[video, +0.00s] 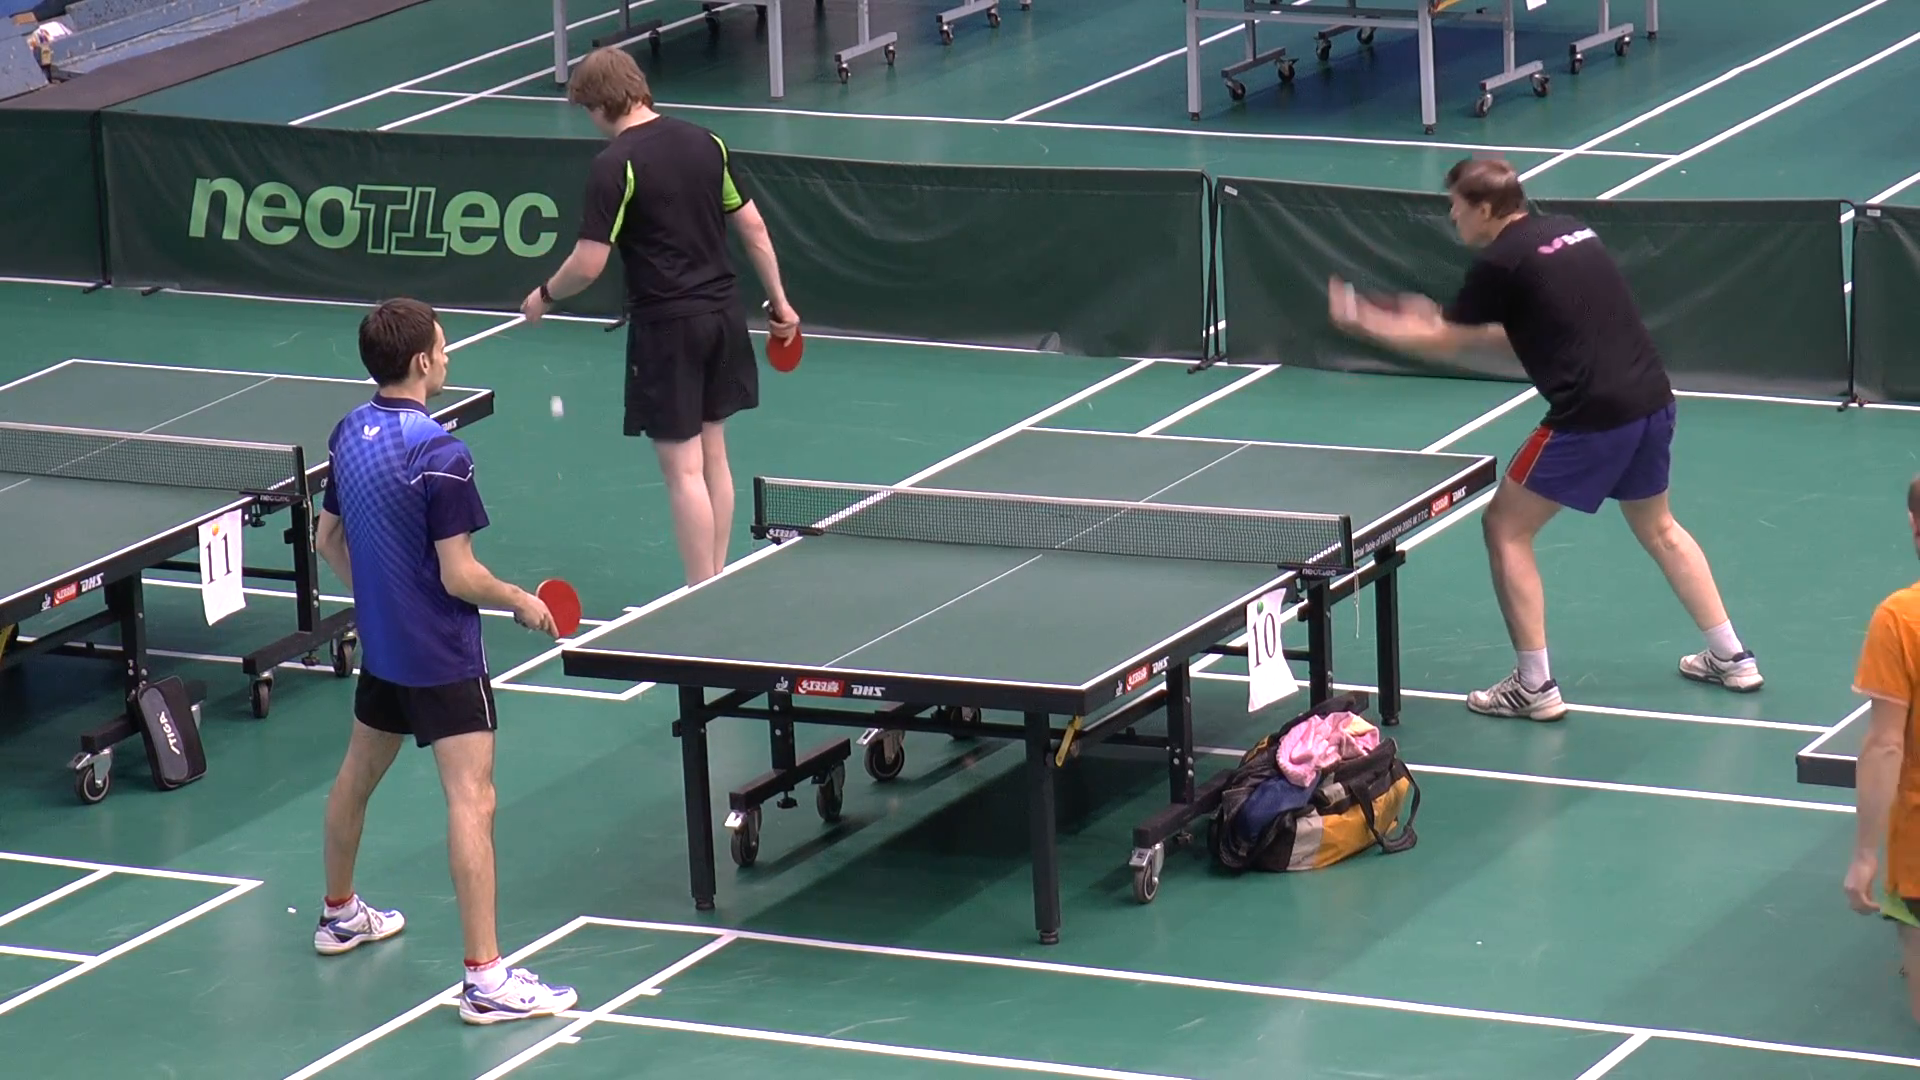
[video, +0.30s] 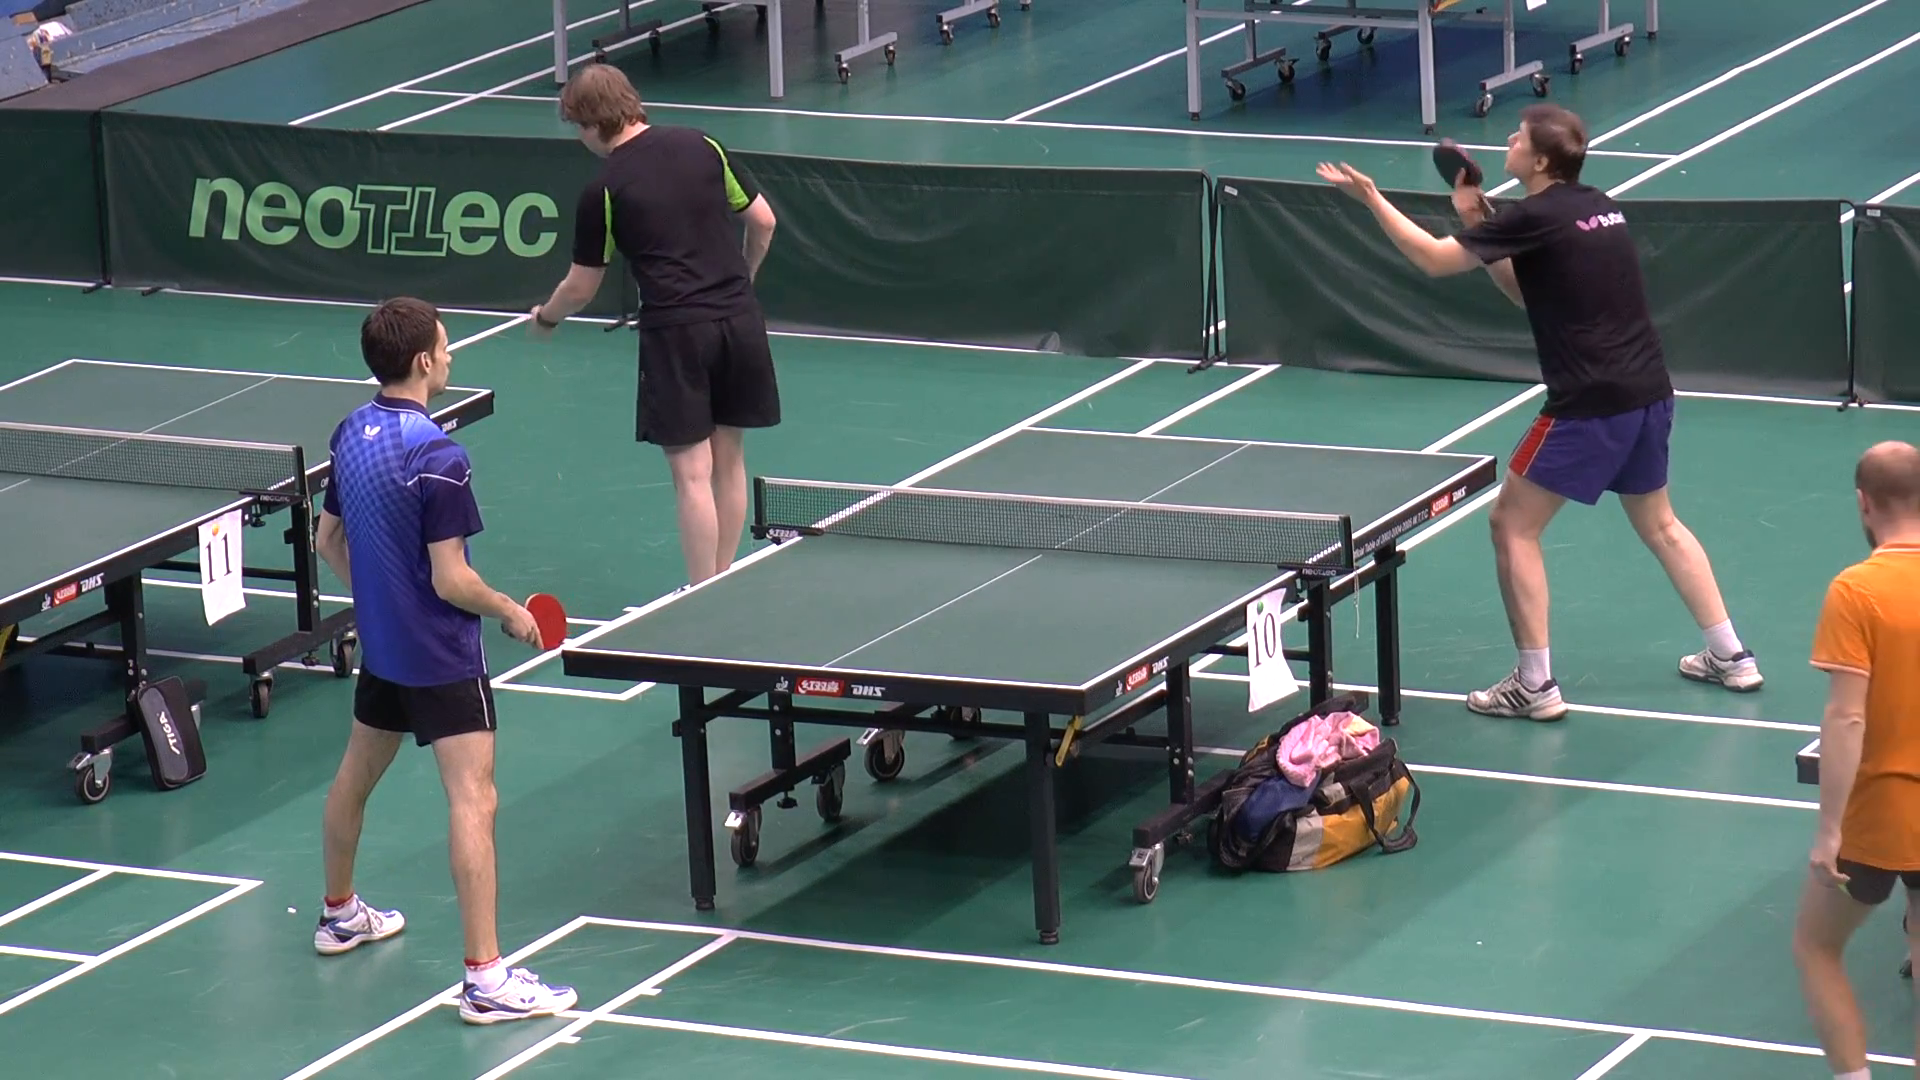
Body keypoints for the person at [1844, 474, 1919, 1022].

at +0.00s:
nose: (1911, 523)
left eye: (1912, 512)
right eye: (1914, 511)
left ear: (1915, 523)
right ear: (1918, 524)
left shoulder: (1902, 616)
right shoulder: (1899, 616)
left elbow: (1886, 744)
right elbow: (1885, 742)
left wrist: (1865, 853)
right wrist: (1869, 852)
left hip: (1914, 855)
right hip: (1910, 855)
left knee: (1919, 992)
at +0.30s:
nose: (1858, 505)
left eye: (1858, 496)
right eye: (1860, 496)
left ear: (1867, 502)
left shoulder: (1863, 587)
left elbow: (1847, 718)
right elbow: (1851, 715)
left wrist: (1830, 828)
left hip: (1889, 811)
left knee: (1817, 945)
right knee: (1916, 944)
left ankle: (1853, 1072)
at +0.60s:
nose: (1860, 475)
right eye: (1860, 466)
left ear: (1793, 485)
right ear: (1861, 479)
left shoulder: (1771, 577)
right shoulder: (1909, 563)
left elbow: (1752, 705)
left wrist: (1748, 804)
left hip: (1813, 796)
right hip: (1904, 795)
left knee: (1798, 957)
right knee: (1909, 963)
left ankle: (1792, 1074)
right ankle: (1912, 1074)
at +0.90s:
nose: (1822, 456)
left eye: (1815, 446)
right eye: (1819, 449)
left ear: (1751, 471)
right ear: (1815, 464)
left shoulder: (1719, 560)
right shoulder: (1870, 551)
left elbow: (1675, 670)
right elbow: (1905, 674)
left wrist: (1661, 745)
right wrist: (1918, 759)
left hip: (1767, 786)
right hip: (1862, 777)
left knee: (1777, 941)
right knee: (1882, 915)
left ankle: (1787, 1075)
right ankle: (1872, 1072)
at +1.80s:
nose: (1850, 430)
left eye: (1847, 418)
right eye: (1847, 421)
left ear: (1777, 440)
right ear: (1834, 439)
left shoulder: (1732, 510)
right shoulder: (1838, 536)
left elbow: (1712, 629)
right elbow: (1860, 666)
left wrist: (1749, 683)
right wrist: (1909, 714)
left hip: (1733, 739)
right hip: (1800, 749)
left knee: (1743, 867)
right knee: (1824, 901)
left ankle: (1720, 1015)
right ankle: (1818, 1065)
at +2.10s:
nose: (1836, 427)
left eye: (1834, 417)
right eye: (1834, 418)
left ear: (1769, 429)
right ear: (1814, 433)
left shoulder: (1736, 491)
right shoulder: (1771, 515)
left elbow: (1750, 621)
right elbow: (1776, 643)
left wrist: (1798, 688)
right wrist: (1853, 687)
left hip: (1697, 713)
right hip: (1724, 727)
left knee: (1710, 874)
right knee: (1747, 886)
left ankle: (1712, 1019)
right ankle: (1748, 1050)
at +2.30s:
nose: (1832, 437)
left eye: (1830, 426)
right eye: (1828, 427)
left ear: (1779, 433)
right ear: (1801, 438)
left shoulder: (1752, 498)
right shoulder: (1737, 515)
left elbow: (1769, 589)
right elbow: (1722, 639)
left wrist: (1856, 633)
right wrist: (1802, 688)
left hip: (1714, 717)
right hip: (1681, 723)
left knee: (1711, 867)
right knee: (1680, 875)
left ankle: (1716, 1020)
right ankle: (1633, 1034)